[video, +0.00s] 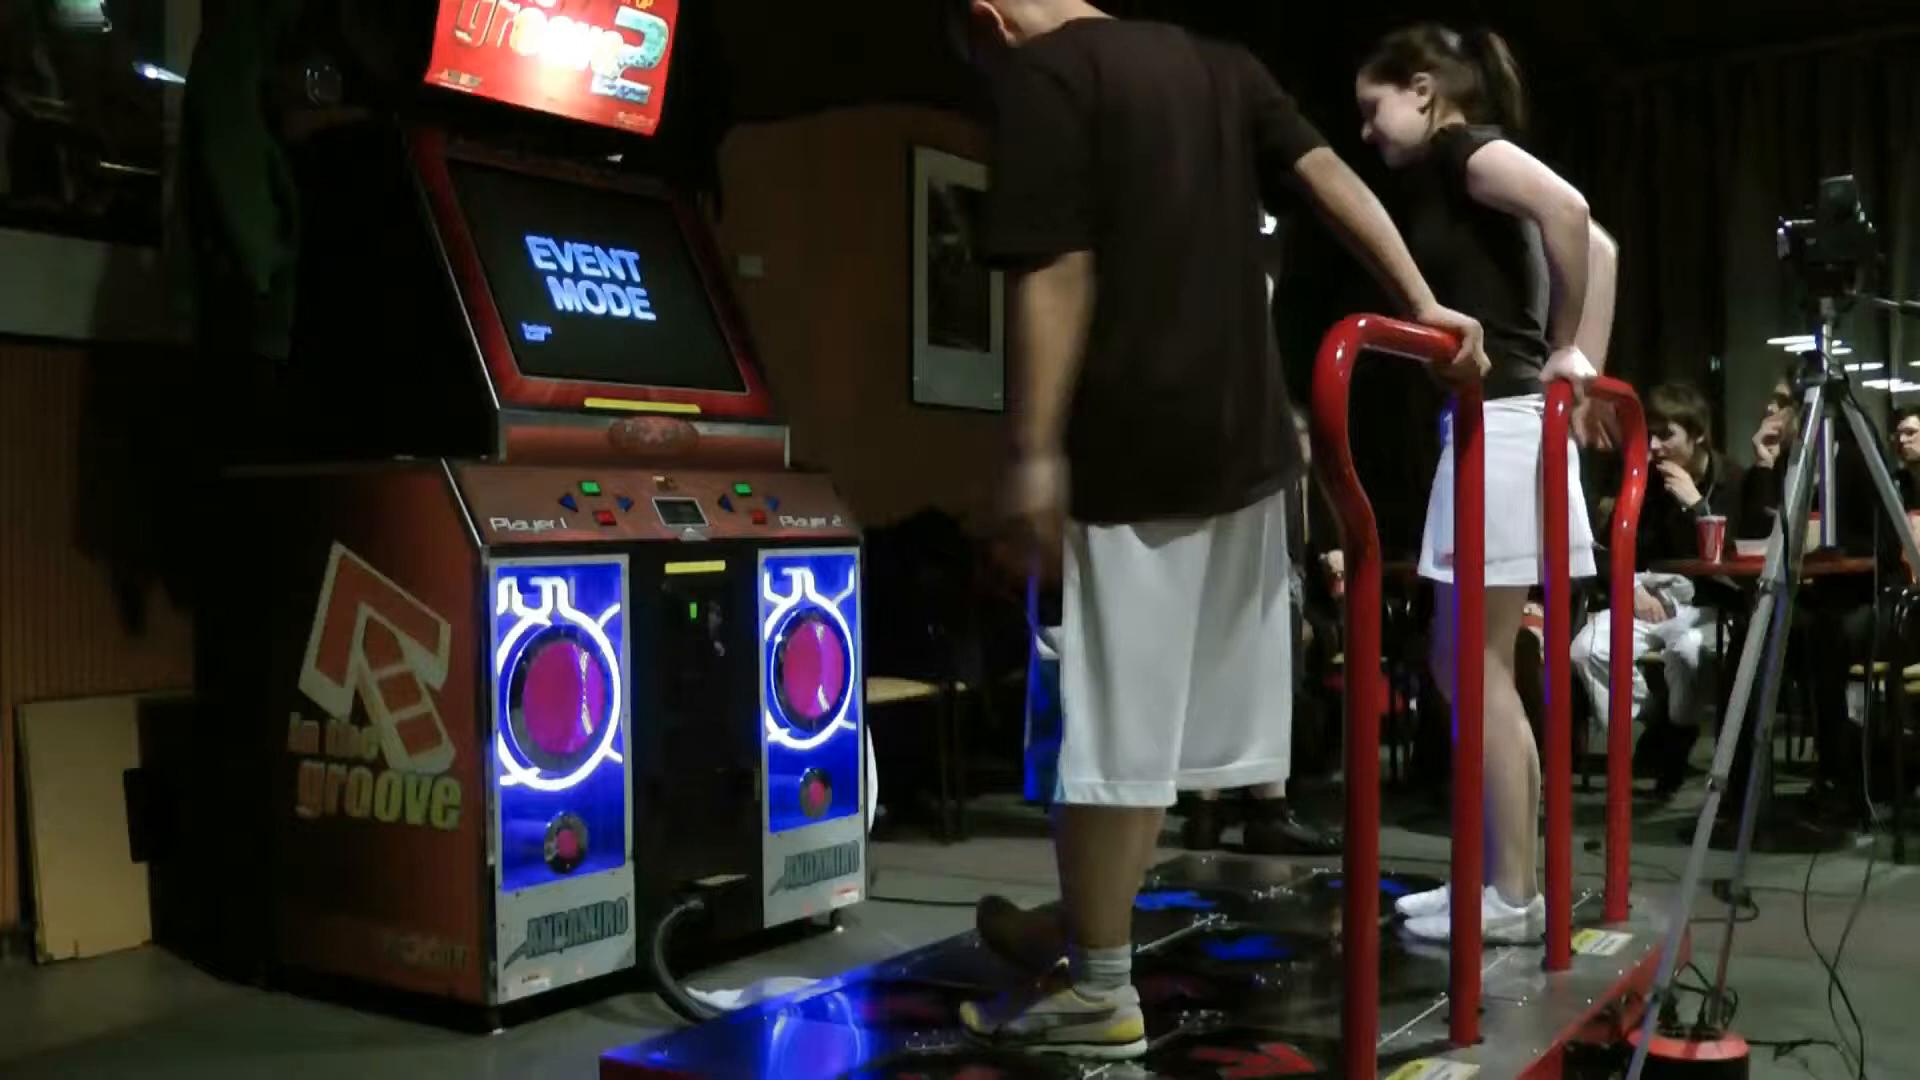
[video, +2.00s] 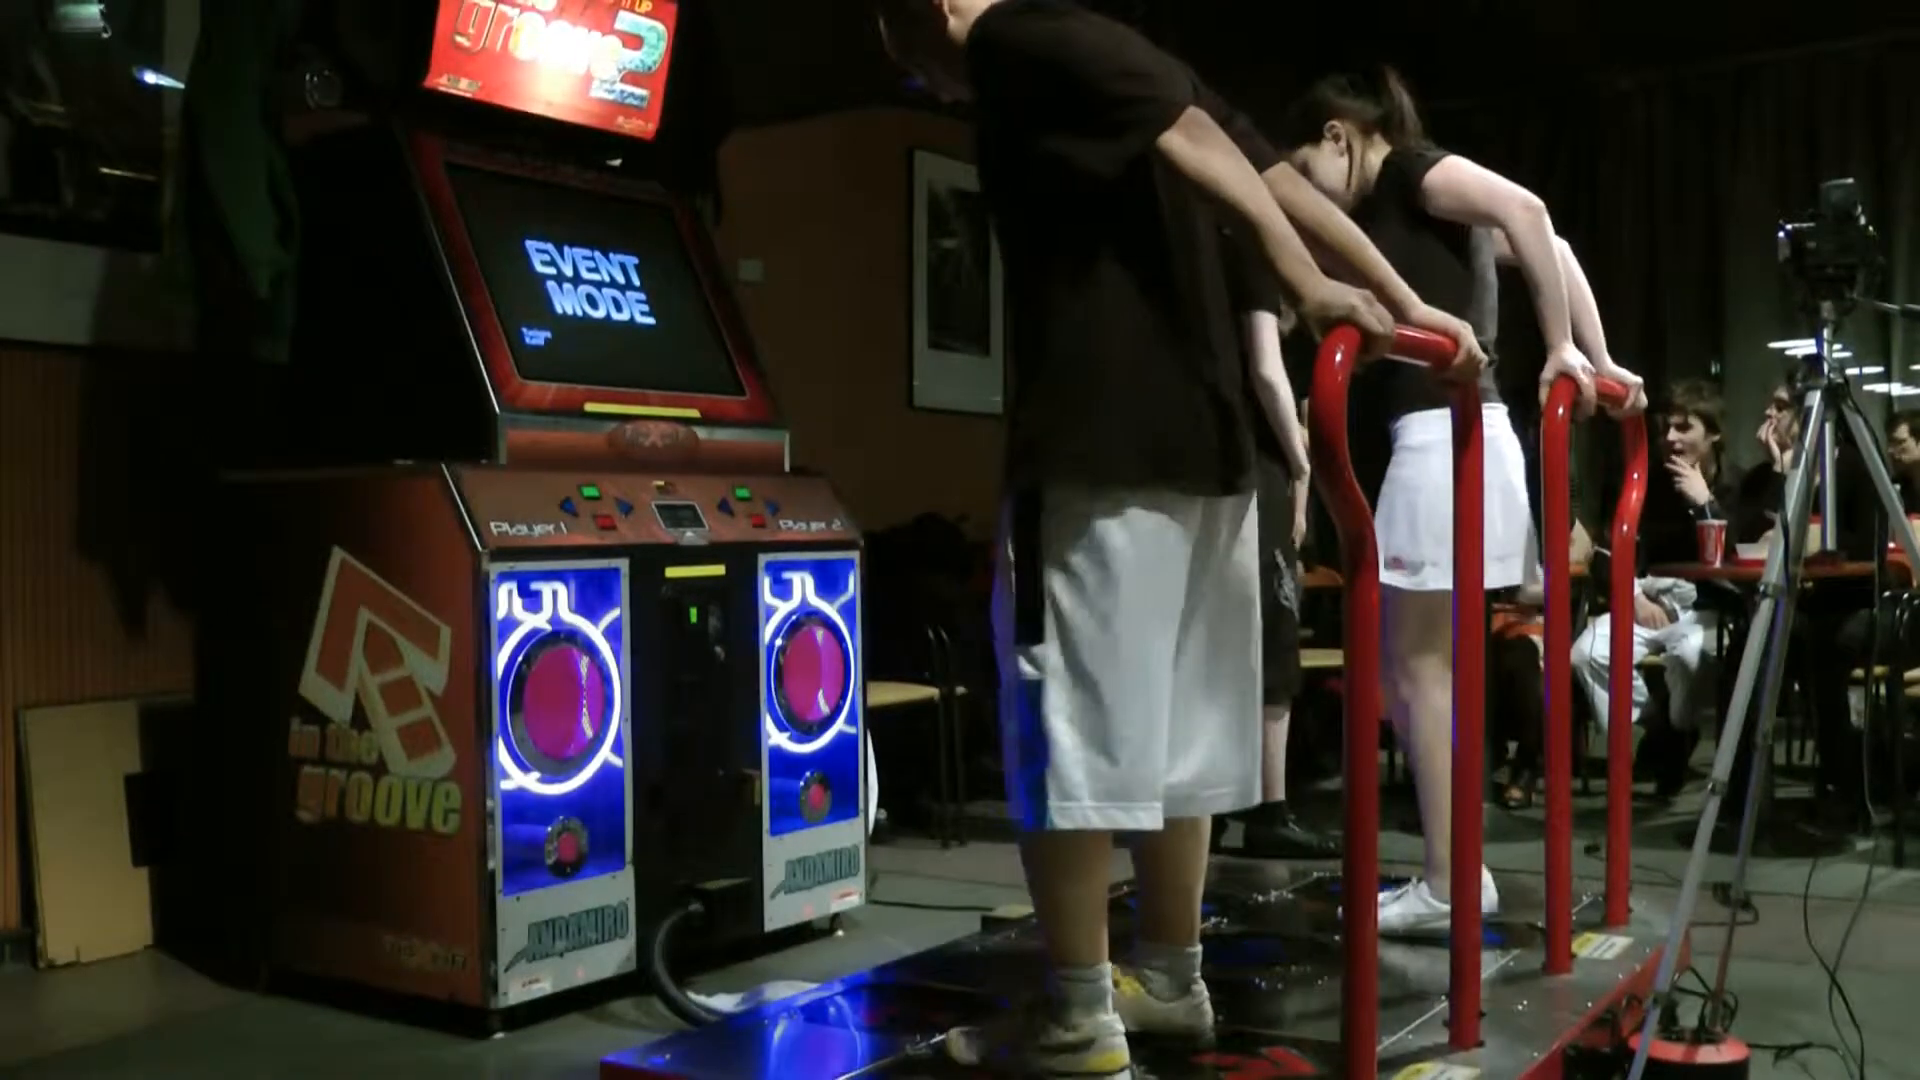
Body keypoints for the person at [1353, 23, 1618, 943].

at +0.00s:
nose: (1369, 124)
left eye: (1376, 104)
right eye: (1366, 108)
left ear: (1423, 90)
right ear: (1434, 97)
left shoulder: (1460, 149)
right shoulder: (1484, 162)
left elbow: (1567, 211)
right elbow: (1602, 242)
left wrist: (1574, 349)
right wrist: (1588, 361)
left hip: (1501, 429)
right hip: (1514, 426)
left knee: (1480, 667)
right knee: (1491, 667)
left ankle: (1509, 891)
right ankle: (1517, 885)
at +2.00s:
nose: (1311, 172)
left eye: (1314, 153)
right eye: (1307, 157)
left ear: (1347, 133)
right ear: (1373, 131)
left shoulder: (1419, 175)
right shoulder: (1423, 192)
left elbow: (1525, 210)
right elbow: (1557, 252)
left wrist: (1558, 348)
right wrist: (1601, 361)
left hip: (1442, 443)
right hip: (1439, 444)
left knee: (1423, 665)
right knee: (1414, 665)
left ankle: (1450, 885)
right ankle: (1452, 869)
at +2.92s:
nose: (1317, 128)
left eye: (1327, 112)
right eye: (1318, 113)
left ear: (1373, 112)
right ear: (1396, 116)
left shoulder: (1386, 178)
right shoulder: (1429, 187)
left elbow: (1493, 233)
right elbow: (1547, 249)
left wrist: (1555, 354)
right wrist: (1601, 358)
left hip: (1388, 458)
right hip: (1440, 455)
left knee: (1334, 676)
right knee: (1395, 684)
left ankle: (1365, 880)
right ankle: (1402, 877)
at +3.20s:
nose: (1304, 124)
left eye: (1314, 107)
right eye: (1306, 107)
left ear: (1359, 109)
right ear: (1387, 114)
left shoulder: (1367, 177)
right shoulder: (1432, 177)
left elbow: (1471, 236)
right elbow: (1557, 230)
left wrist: (1553, 351)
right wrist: (1606, 352)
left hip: (1383, 446)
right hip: (1440, 443)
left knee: (1317, 662)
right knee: (1397, 675)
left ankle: (1362, 868)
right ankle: (1402, 872)